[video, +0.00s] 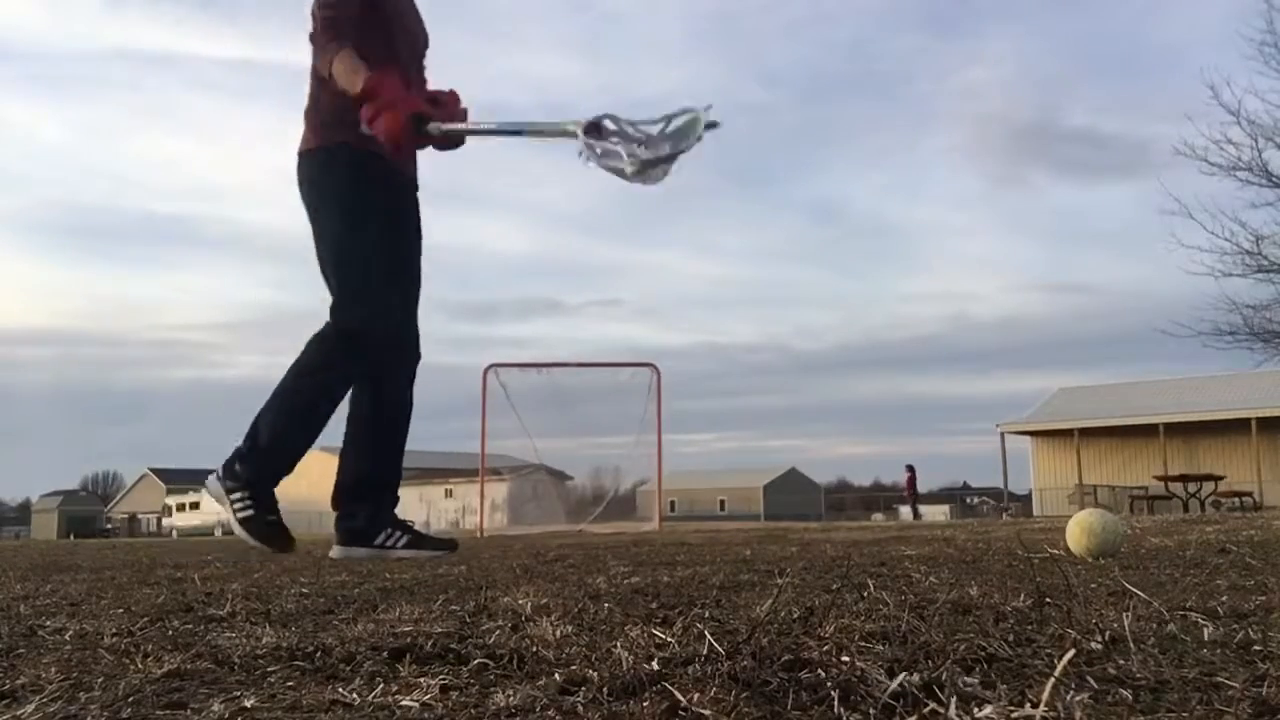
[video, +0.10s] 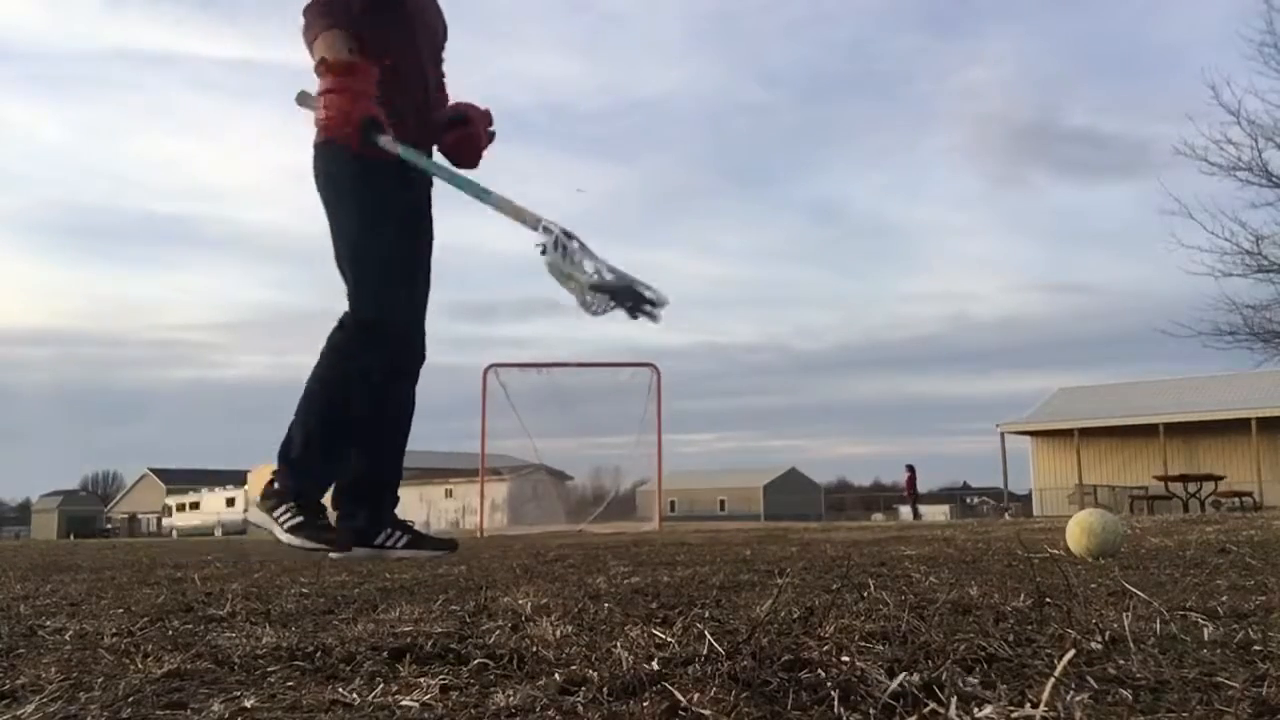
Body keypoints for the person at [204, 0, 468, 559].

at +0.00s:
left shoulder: (406, 19)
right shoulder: (345, 2)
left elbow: (401, 90)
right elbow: (330, 46)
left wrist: (433, 117)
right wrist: (379, 94)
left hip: (389, 170)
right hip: (342, 158)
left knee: (396, 346)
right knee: (361, 325)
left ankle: (366, 522)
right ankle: (245, 476)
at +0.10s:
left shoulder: (429, 14)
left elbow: (420, 99)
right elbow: (324, 13)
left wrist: (452, 123)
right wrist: (343, 72)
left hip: (408, 163)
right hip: (356, 148)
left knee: (402, 341)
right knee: (375, 322)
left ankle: (366, 519)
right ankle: (288, 490)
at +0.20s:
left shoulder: (444, 12)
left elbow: (443, 65)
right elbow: (319, 7)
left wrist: (469, 146)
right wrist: (323, 69)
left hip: (421, 148)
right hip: (372, 129)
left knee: (408, 332)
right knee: (383, 316)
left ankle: (375, 511)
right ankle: (342, 504)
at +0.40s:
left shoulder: (481, 13)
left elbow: (485, 90)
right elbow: (316, 8)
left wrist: (511, 188)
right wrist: (321, 88)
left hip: (448, 148)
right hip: (396, 129)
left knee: (414, 320)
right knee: (417, 315)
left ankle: (363, 511)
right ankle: (434, 497)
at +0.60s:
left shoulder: (509, 10)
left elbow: (514, 59)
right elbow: (346, 4)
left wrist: (534, 158)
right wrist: (341, 87)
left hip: (482, 115)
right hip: (426, 92)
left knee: (474, 313)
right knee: (458, 304)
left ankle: (388, 482)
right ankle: (445, 508)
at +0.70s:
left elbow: (524, 40)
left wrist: (554, 133)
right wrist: (379, 63)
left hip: (502, 95)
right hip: (437, 75)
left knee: (527, 305)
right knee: (457, 290)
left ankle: (416, 456)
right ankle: (441, 508)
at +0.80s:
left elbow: (529, 18)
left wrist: (572, 93)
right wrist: (422, 37)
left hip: (524, 78)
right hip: (449, 53)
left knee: (570, 282)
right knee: (453, 287)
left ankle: (471, 474)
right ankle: (440, 502)